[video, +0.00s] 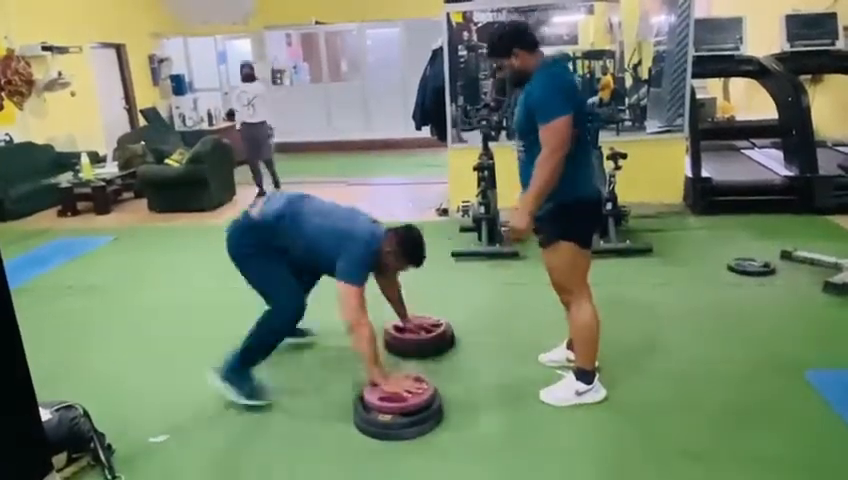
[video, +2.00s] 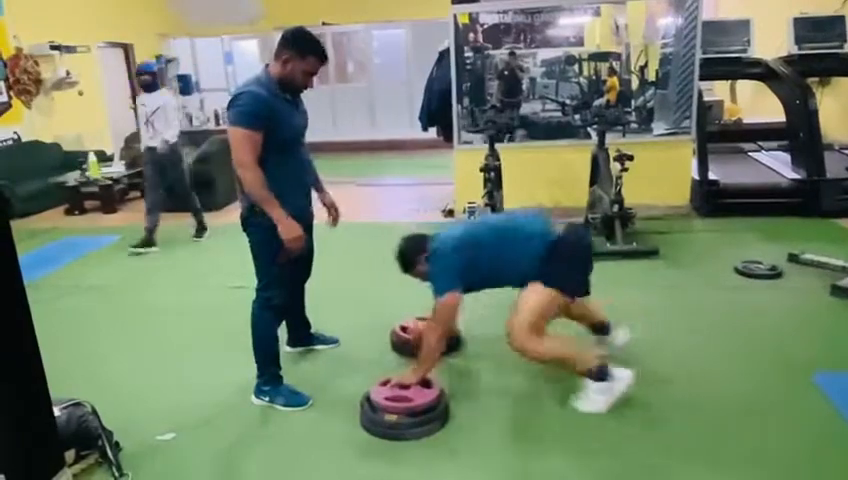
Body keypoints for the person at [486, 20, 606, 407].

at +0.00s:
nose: (504, 71)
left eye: (504, 63)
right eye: (501, 65)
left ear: (519, 53)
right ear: (524, 51)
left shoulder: (548, 83)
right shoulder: (548, 78)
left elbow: (555, 149)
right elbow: (557, 145)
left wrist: (526, 206)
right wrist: (531, 202)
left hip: (567, 202)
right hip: (561, 201)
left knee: (574, 292)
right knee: (569, 284)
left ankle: (586, 380)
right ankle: (577, 347)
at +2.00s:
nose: (423, 279)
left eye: (419, 274)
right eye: (419, 276)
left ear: (422, 261)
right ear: (426, 249)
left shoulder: (445, 260)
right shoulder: (448, 242)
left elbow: (439, 329)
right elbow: (446, 312)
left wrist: (418, 372)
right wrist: (439, 337)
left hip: (561, 252)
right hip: (567, 238)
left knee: (523, 336)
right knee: (562, 301)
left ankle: (605, 376)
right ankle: (608, 332)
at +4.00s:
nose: (550, 64)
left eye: (551, 56)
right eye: (549, 57)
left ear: (563, 51)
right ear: (578, 44)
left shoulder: (596, 81)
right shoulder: (587, 76)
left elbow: (601, 147)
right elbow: (583, 139)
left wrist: (562, 202)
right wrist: (553, 170)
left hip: (599, 201)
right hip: (589, 197)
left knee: (590, 290)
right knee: (581, 278)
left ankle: (603, 383)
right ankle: (593, 347)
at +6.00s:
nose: (356, 286)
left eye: (352, 282)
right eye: (353, 282)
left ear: (354, 274)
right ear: (362, 257)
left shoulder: (380, 272)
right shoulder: (391, 253)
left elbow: (414, 317)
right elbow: (426, 300)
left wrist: (416, 369)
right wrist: (416, 340)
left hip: (492, 321)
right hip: (497, 296)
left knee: (566, 362)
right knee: (568, 322)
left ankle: (666, 384)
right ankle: (646, 316)